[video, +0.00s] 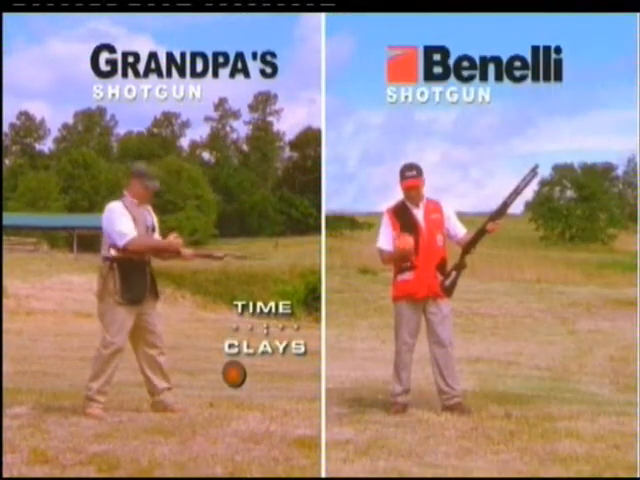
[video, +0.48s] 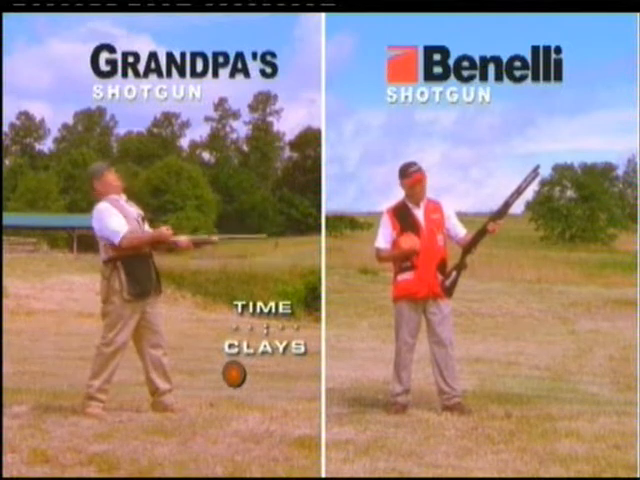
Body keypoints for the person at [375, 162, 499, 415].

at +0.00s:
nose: (412, 191)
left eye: (416, 186)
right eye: (408, 187)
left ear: (423, 184)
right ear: (401, 187)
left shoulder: (438, 209)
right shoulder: (392, 215)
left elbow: (463, 240)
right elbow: (384, 255)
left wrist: (484, 231)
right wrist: (400, 252)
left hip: (436, 283)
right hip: (407, 285)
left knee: (443, 342)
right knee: (405, 343)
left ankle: (451, 397)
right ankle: (400, 396)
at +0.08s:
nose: (413, 191)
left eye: (416, 185)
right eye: (408, 186)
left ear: (424, 183)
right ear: (401, 187)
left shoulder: (439, 209)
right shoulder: (392, 215)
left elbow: (463, 240)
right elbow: (383, 254)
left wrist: (484, 231)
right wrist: (402, 249)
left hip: (437, 283)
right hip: (407, 285)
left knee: (444, 342)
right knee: (405, 343)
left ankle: (451, 397)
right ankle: (400, 397)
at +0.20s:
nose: (413, 190)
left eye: (417, 185)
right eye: (408, 186)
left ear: (424, 183)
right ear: (401, 187)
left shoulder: (439, 209)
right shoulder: (392, 215)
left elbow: (463, 240)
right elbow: (383, 254)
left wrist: (484, 231)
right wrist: (402, 249)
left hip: (437, 284)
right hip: (408, 286)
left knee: (444, 342)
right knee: (405, 343)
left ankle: (451, 397)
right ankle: (400, 396)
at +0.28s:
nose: (414, 190)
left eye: (417, 185)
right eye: (409, 186)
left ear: (424, 183)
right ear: (402, 187)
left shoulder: (439, 209)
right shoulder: (392, 215)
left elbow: (463, 240)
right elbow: (382, 254)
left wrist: (484, 231)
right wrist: (401, 251)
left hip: (437, 284)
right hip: (408, 286)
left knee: (444, 343)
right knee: (405, 343)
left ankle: (451, 397)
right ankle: (400, 397)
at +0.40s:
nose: (416, 190)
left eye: (419, 184)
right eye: (410, 186)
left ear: (425, 183)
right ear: (402, 187)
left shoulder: (439, 209)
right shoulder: (392, 215)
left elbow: (464, 241)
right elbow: (381, 253)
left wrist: (484, 232)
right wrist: (402, 252)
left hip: (437, 284)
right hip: (408, 286)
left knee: (444, 342)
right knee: (405, 344)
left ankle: (451, 397)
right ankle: (400, 397)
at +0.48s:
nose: (417, 188)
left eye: (420, 183)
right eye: (411, 185)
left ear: (425, 181)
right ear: (403, 187)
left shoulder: (439, 209)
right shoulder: (392, 215)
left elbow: (464, 241)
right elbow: (381, 253)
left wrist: (484, 232)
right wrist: (402, 251)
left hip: (437, 283)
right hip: (407, 285)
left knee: (444, 342)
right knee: (405, 344)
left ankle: (451, 397)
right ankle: (400, 397)